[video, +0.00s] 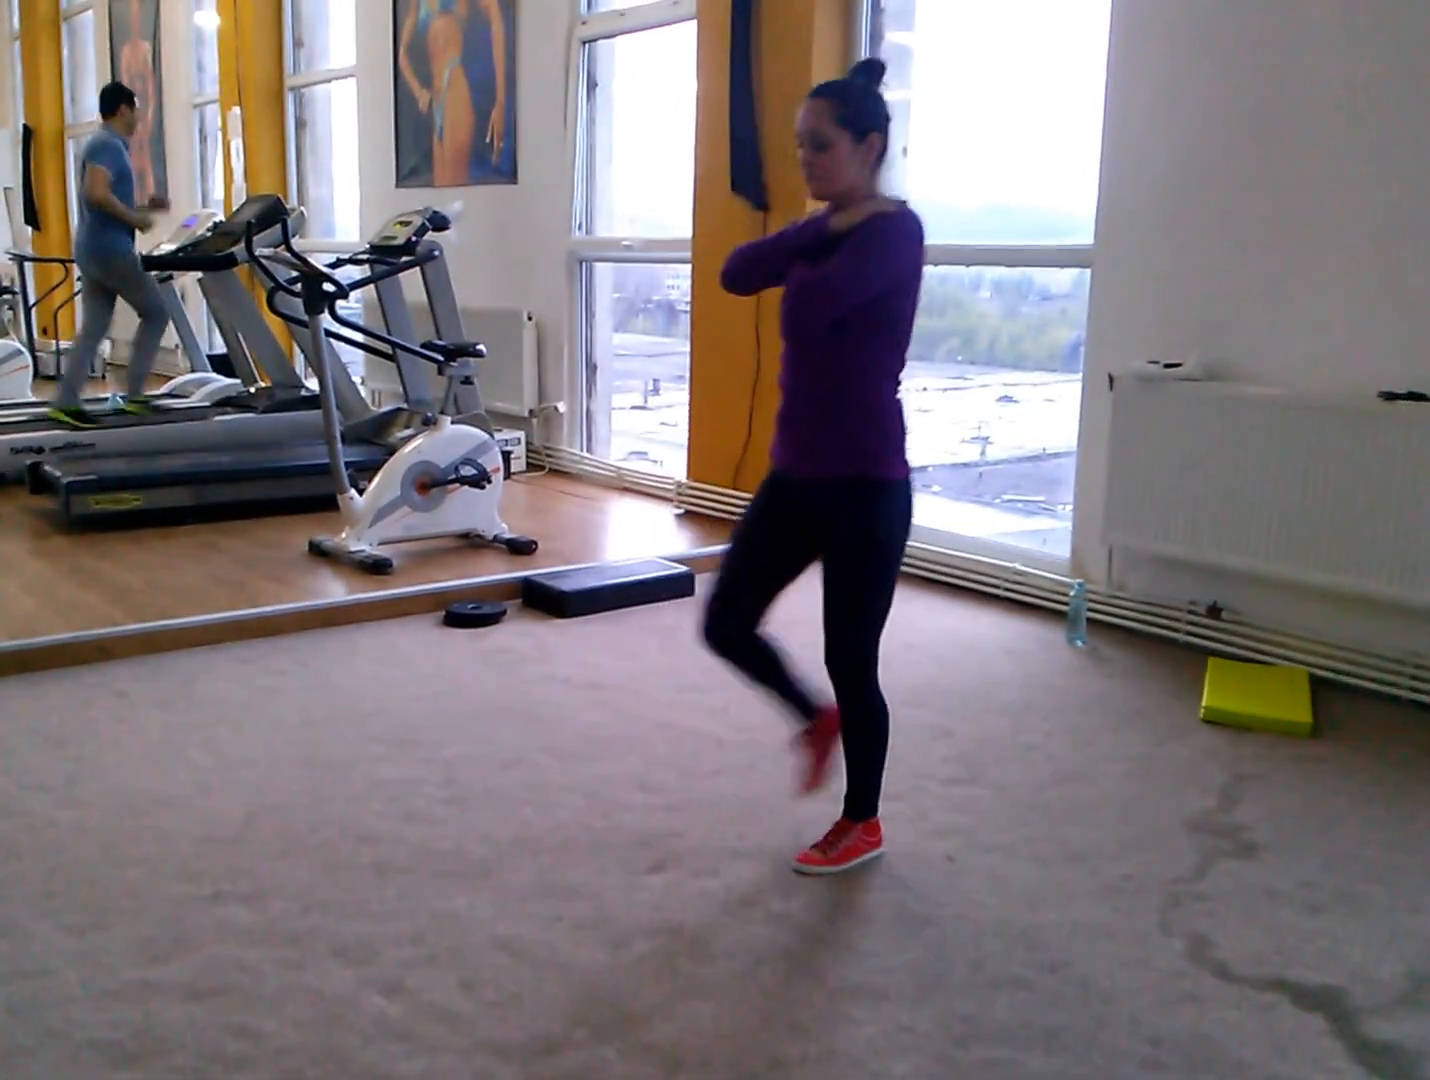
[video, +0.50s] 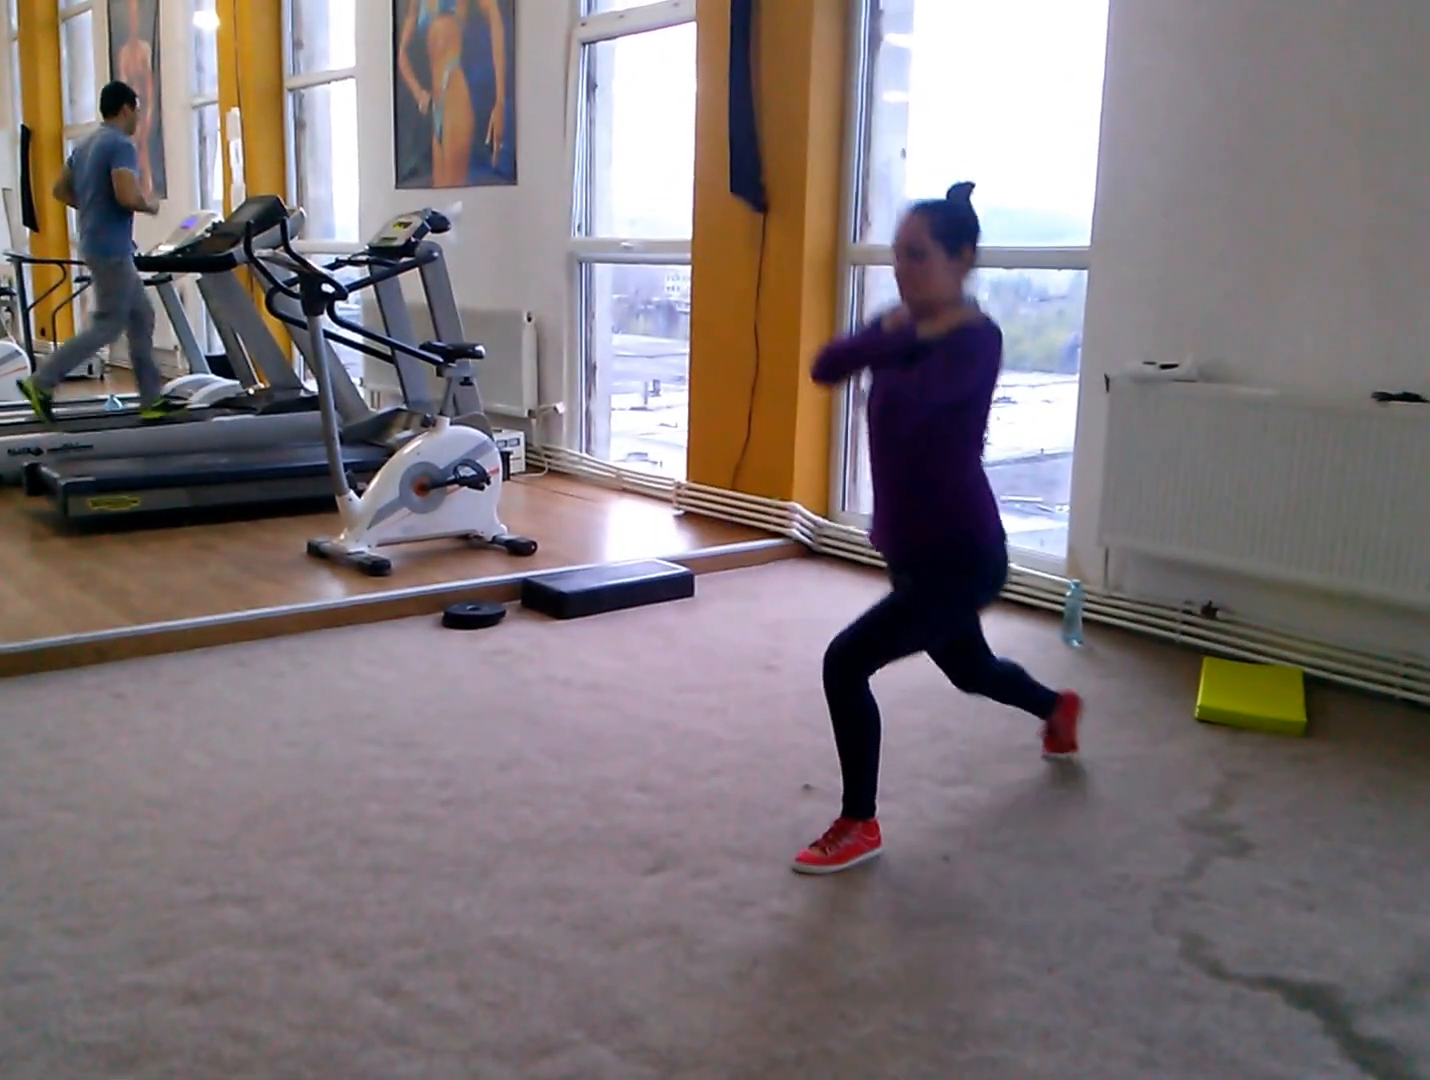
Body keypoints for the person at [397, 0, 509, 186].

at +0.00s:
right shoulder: (418, 5)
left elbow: (497, 27)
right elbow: (402, 54)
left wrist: (500, 104)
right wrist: (418, 92)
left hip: (457, 93)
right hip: (436, 99)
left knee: (454, 186)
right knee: (440, 186)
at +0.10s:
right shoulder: (418, 4)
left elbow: (496, 23)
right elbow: (402, 53)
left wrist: (500, 104)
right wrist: (419, 92)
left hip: (457, 93)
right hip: (436, 98)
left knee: (454, 187)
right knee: (440, 187)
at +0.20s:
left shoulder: (485, 5)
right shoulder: (419, 4)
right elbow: (402, 54)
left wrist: (500, 105)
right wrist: (419, 92)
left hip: (457, 93)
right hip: (436, 98)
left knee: (454, 186)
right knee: (440, 186)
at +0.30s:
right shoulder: (419, 4)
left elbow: (497, 25)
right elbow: (402, 53)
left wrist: (500, 104)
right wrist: (419, 93)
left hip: (457, 95)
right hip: (436, 101)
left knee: (454, 187)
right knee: (440, 187)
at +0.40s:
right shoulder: (418, 4)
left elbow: (496, 25)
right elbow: (402, 52)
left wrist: (499, 105)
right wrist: (419, 94)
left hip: (457, 94)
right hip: (436, 100)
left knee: (454, 187)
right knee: (440, 187)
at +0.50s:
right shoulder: (418, 4)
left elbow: (496, 26)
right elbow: (401, 53)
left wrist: (499, 104)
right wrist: (418, 93)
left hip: (457, 94)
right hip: (436, 100)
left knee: (452, 188)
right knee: (440, 188)